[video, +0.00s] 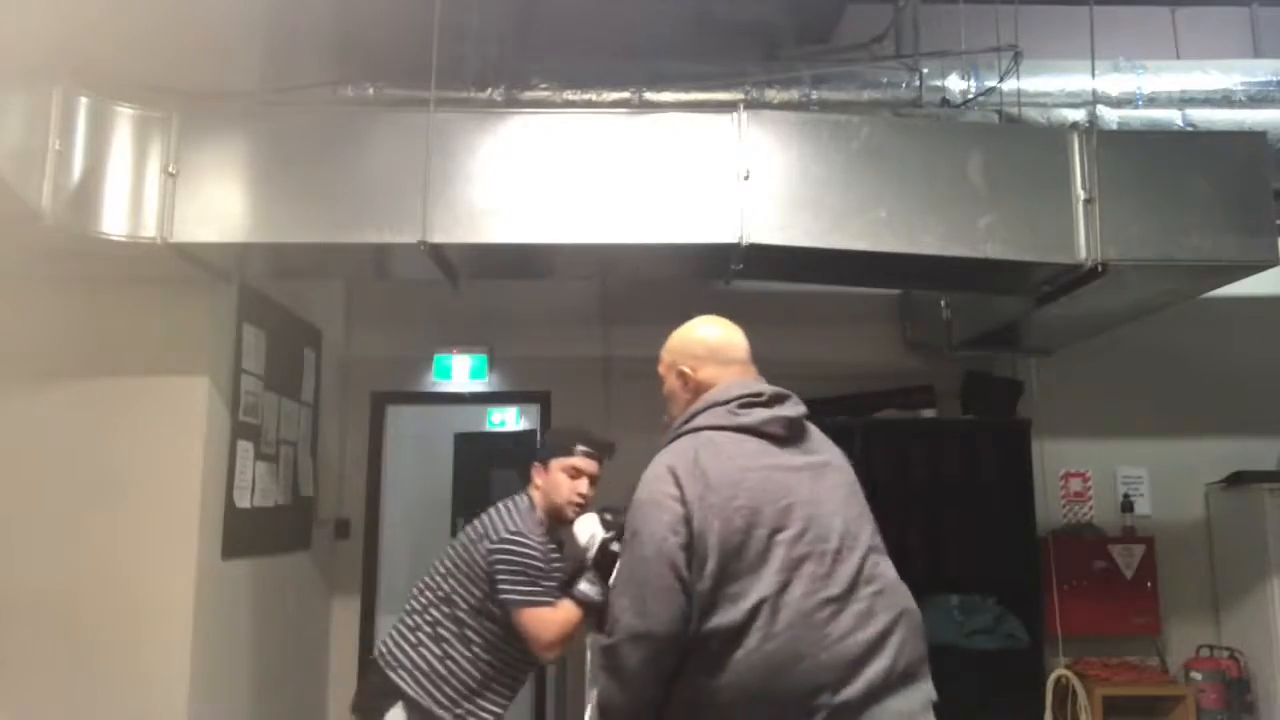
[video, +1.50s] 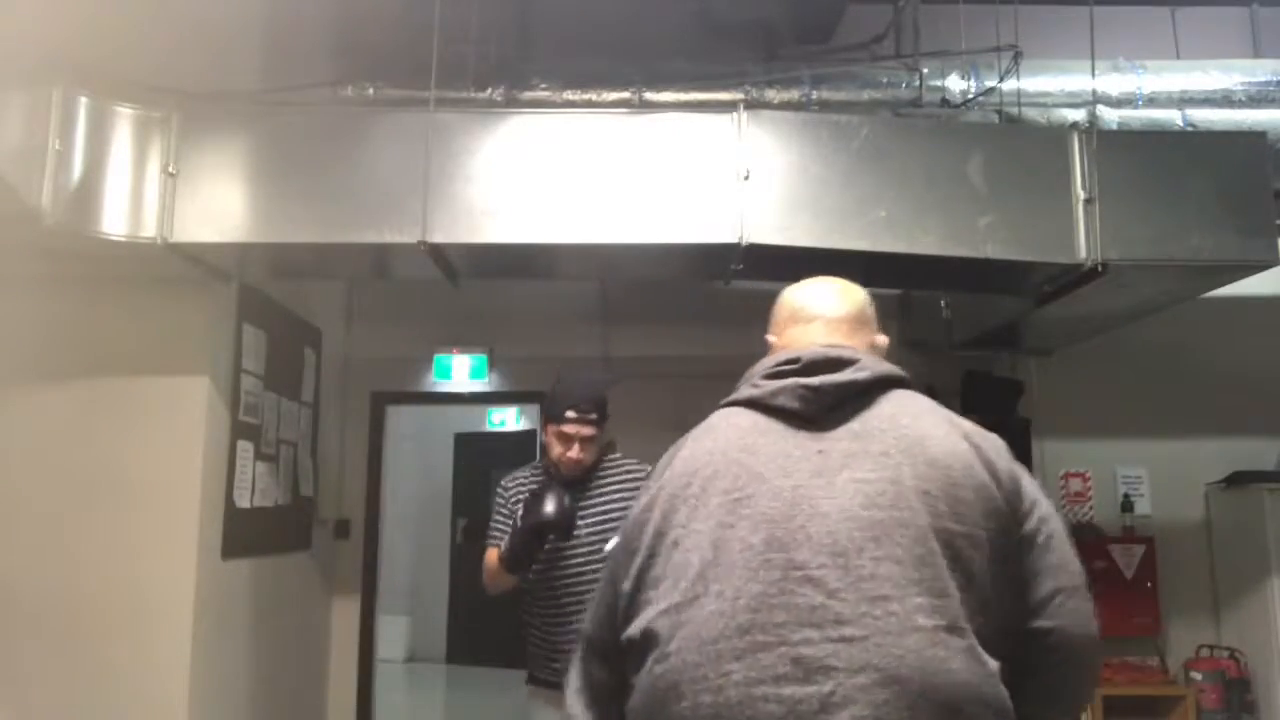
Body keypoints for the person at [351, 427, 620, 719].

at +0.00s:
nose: (585, 489)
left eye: (592, 480)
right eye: (573, 474)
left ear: (598, 485)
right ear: (539, 472)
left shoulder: (549, 534)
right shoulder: (517, 534)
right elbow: (546, 640)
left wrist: (598, 566)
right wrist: (593, 580)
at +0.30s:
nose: (497, 447)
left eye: (502, 433)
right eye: (482, 431)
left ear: (509, 433)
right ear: (447, 429)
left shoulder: (504, 496)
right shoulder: (394, 496)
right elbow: (380, 599)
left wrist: (539, 582)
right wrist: (465, 565)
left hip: (476, 694)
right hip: (401, 698)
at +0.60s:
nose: (483, 453)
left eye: (495, 443)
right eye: (474, 439)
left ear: (506, 438)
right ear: (440, 421)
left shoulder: (510, 478)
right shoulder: (381, 478)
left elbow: (549, 559)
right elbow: (377, 564)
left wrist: (567, 529)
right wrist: (447, 510)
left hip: (485, 695)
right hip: (393, 697)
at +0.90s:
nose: (570, 461)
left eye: (583, 450)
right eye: (561, 444)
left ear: (594, 445)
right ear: (532, 423)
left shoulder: (606, 484)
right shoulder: (470, 478)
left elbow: (621, 582)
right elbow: (432, 573)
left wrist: (609, 539)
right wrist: (487, 558)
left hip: (570, 697)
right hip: (478, 693)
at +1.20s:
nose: (590, 442)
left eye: (603, 430)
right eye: (580, 426)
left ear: (614, 427)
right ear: (554, 409)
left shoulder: (629, 470)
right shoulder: (506, 464)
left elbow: (659, 547)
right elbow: (468, 559)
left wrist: (615, 503)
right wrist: (514, 526)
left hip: (601, 669)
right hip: (522, 671)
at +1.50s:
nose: (575, 453)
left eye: (588, 441)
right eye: (564, 440)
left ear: (603, 435)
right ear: (544, 431)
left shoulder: (638, 479)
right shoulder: (515, 489)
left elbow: (671, 553)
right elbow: (493, 583)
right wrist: (527, 539)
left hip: (626, 674)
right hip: (550, 680)